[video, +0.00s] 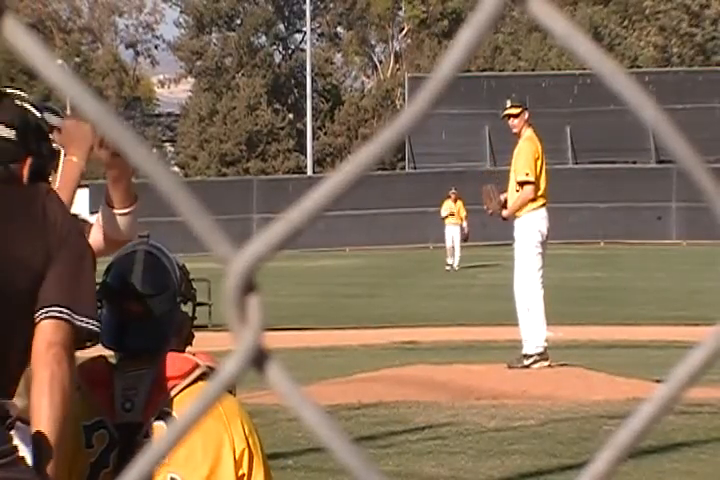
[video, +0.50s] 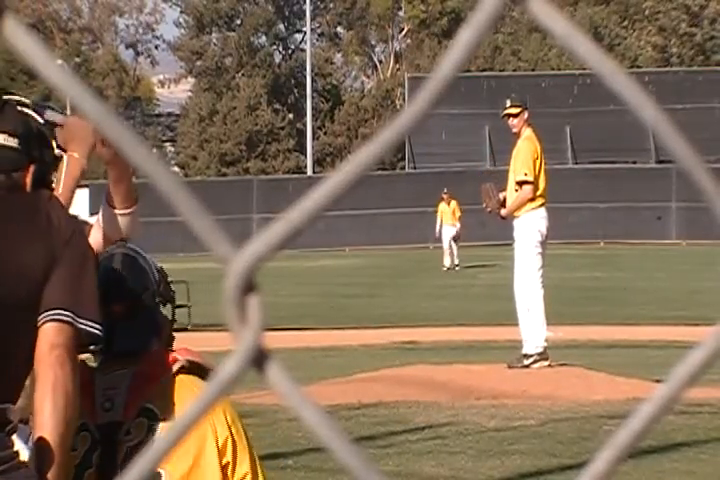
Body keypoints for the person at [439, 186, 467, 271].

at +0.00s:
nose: (453, 196)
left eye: (454, 194)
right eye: (452, 194)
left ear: (456, 195)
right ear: (449, 194)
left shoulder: (459, 203)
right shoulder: (446, 203)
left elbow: (463, 214)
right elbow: (442, 214)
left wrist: (465, 226)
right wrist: (448, 212)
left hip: (457, 224)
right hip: (449, 224)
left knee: (457, 244)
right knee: (449, 244)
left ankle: (456, 263)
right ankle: (449, 261)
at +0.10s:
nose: (453, 195)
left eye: (454, 193)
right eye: (451, 193)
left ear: (456, 195)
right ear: (449, 194)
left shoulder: (459, 203)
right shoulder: (446, 203)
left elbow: (463, 214)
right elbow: (443, 212)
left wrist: (464, 224)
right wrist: (445, 219)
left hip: (456, 224)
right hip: (449, 224)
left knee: (456, 244)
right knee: (448, 244)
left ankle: (457, 262)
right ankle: (449, 262)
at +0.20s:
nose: (452, 196)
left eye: (453, 194)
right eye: (450, 193)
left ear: (455, 195)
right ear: (448, 194)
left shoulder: (458, 203)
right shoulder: (446, 203)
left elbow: (462, 214)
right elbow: (443, 215)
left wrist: (462, 224)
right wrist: (442, 225)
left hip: (456, 225)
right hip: (448, 224)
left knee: (456, 243)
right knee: (448, 244)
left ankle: (457, 261)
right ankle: (448, 262)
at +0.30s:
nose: (450, 196)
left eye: (451, 194)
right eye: (448, 194)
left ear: (454, 195)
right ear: (446, 195)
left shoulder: (457, 204)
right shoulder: (445, 204)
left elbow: (461, 214)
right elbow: (442, 216)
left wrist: (461, 225)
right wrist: (440, 228)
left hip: (456, 225)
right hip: (447, 225)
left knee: (455, 244)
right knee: (447, 245)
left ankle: (456, 262)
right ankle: (447, 263)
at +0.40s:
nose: (448, 196)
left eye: (449, 194)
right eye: (447, 194)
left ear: (452, 195)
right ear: (445, 195)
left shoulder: (455, 204)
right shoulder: (443, 205)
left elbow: (460, 216)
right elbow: (440, 218)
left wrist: (459, 228)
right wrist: (439, 230)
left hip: (455, 226)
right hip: (446, 226)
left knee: (454, 244)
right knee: (446, 245)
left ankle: (456, 262)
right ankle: (447, 263)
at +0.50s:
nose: (445, 196)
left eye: (447, 194)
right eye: (444, 194)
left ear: (449, 195)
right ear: (442, 195)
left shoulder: (454, 203)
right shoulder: (441, 205)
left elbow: (458, 215)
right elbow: (439, 218)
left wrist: (458, 225)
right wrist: (437, 229)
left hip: (453, 225)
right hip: (445, 225)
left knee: (453, 244)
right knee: (445, 245)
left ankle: (456, 262)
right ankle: (447, 263)